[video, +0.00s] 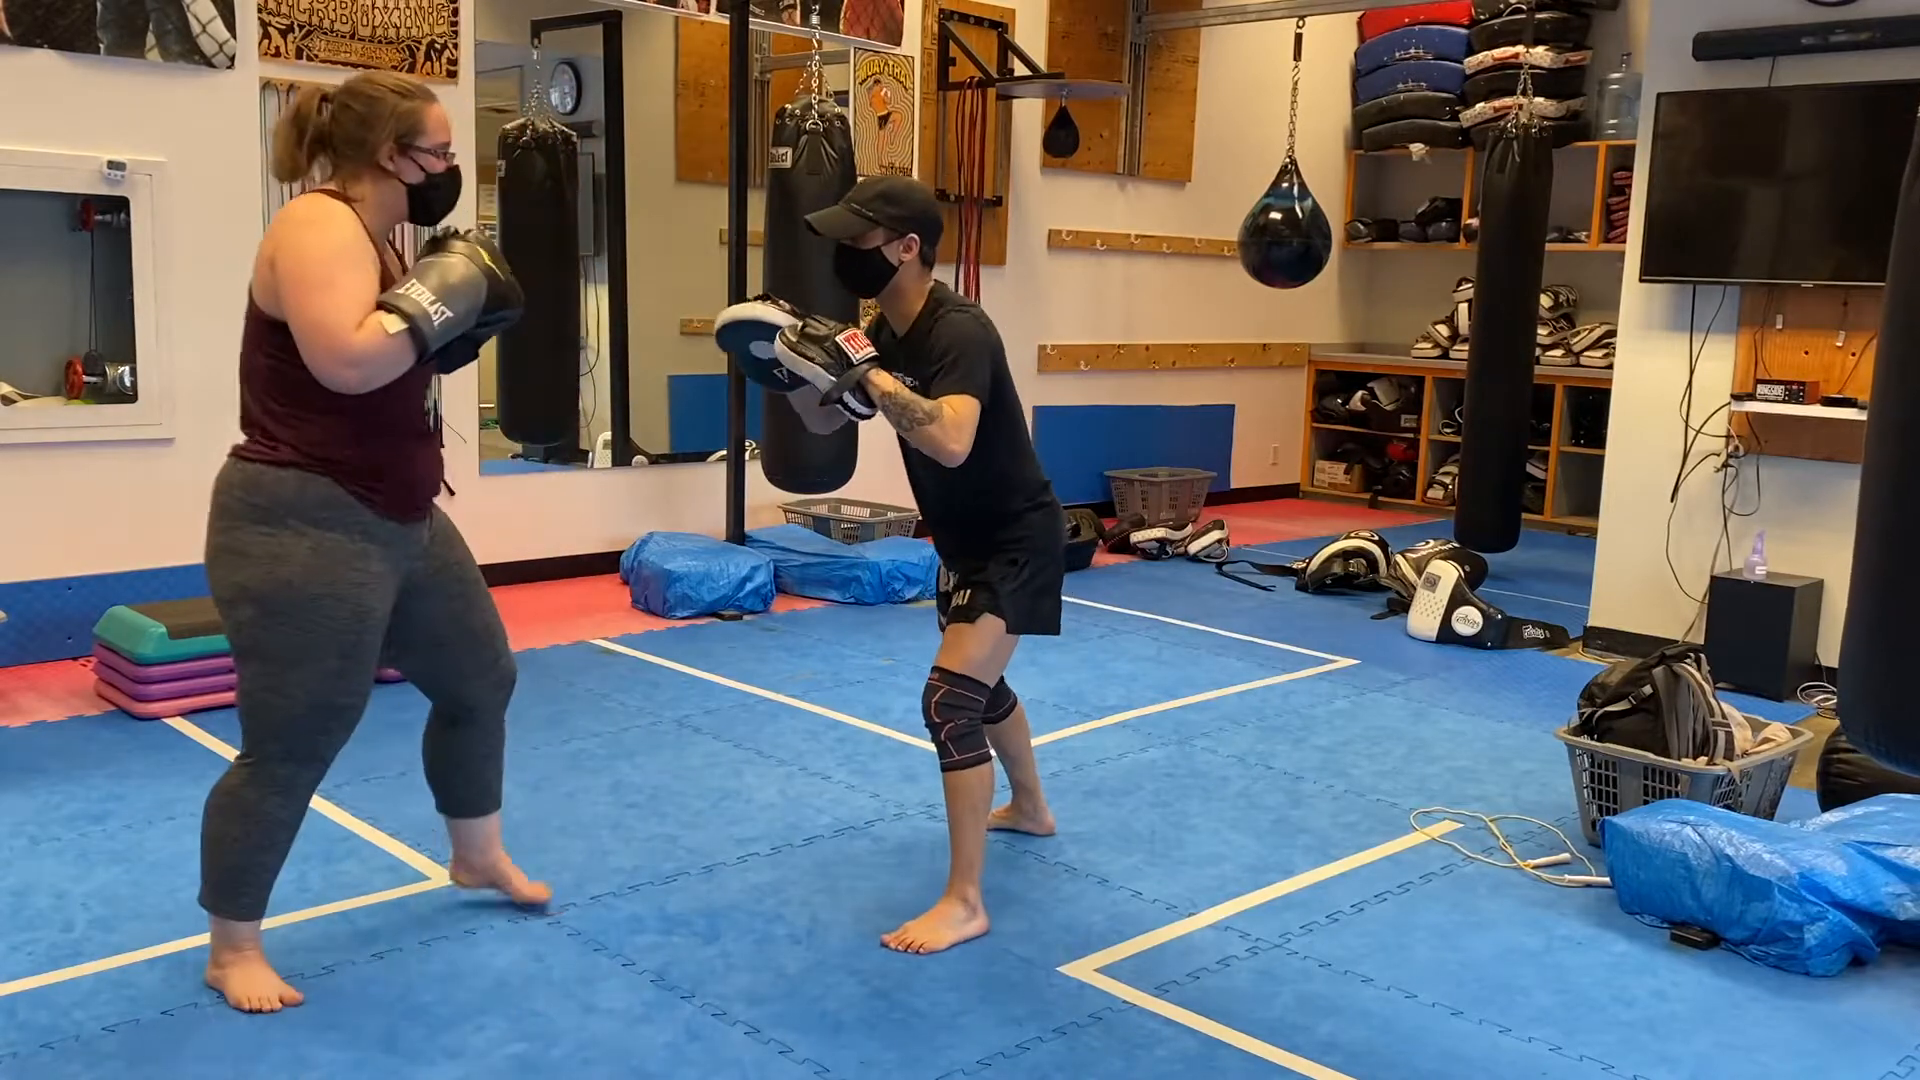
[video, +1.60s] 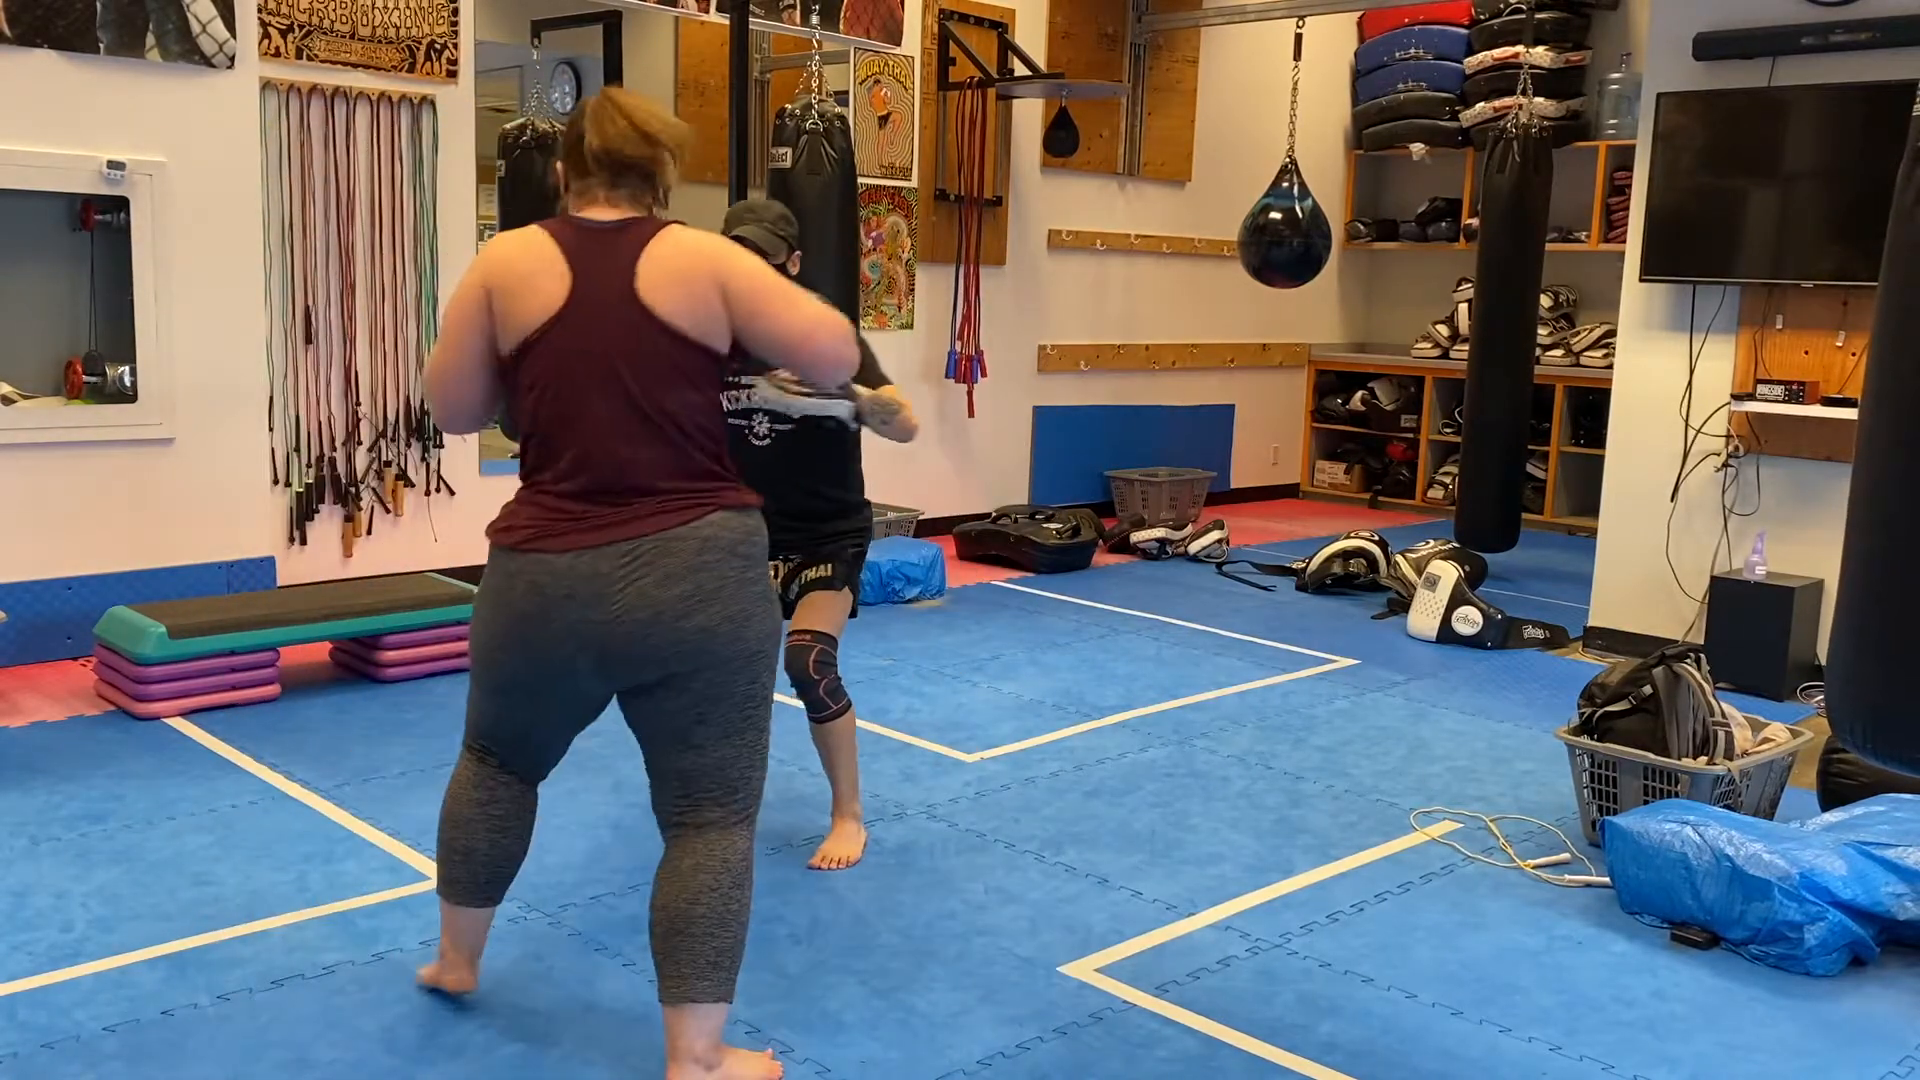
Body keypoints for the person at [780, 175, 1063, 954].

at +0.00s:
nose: (845, 253)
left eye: (857, 243)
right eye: (845, 241)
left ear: (905, 246)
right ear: (894, 247)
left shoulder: (962, 331)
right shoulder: (882, 321)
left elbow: (952, 440)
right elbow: (846, 401)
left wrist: (875, 381)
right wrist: (804, 359)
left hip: (1017, 536)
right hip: (961, 532)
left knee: (953, 701)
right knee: (979, 681)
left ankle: (966, 901)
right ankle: (1030, 804)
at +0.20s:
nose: (822, 271)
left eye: (835, 259)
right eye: (823, 258)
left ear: (882, 263)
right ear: (869, 264)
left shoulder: (948, 347)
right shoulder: (846, 348)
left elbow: (957, 460)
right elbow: (785, 442)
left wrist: (865, 399)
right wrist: (744, 374)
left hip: (986, 543)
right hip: (924, 543)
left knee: (922, 705)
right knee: (905, 690)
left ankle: (964, 901)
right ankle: (1009, 782)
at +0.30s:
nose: (812, 293)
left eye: (826, 282)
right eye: (812, 281)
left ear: (873, 285)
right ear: (855, 286)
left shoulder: (935, 365)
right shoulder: (837, 361)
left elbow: (939, 478)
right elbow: (780, 459)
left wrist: (848, 412)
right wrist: (738, 407)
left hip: (963, 562)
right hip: (902, 558)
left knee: (894, 725)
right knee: (845, 694)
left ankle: (963, 903)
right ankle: (963, 769)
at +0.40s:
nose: (794, 292)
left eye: (808, 281)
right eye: (795, 280)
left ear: (858, 284)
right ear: (837, 285)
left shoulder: (914, 367)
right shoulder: (817, 357)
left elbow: (903, 475)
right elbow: (756, 449)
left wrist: (821, 404)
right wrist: (721, 390)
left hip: (935, 566)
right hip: (873, 560)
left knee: (877, 728)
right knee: (798, 672)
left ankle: (962, 900)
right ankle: (879, 770)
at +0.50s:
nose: (775, 270)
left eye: (790, 257)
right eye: (776, 256)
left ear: (842, 262)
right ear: (821, 263)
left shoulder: (884, 349)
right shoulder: (792, 338)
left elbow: (871, 449)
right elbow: (729, 421)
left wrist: (799, 386)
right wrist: (713, 363)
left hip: (896, 548)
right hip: (834, 542)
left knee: (878, 713)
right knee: (766, 647)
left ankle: (958, 893)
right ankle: (780, 751)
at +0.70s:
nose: (734, 278)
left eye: (747, 267)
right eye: (732, 265)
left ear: (791, 270)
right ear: (746, 269)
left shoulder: (826, 348)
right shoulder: (729, 340)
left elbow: (830, 438)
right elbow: (655, 399)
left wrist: (755, 385)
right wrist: (637, 343)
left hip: (834, 535)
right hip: (765, 534)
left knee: (813, 661)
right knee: (697, 652)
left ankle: (862, 825)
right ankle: (737, 751)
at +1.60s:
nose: (744, 274)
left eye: (757, 260)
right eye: (736, 260)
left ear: (791, 260)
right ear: (723, 258)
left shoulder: (825, 331)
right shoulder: (713, 329)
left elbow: (903, 424)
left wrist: (838, 393)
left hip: (828, 524)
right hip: (743, 525)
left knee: (809, 659)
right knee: (721, 662)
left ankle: (847, 815)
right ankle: (714, 813)